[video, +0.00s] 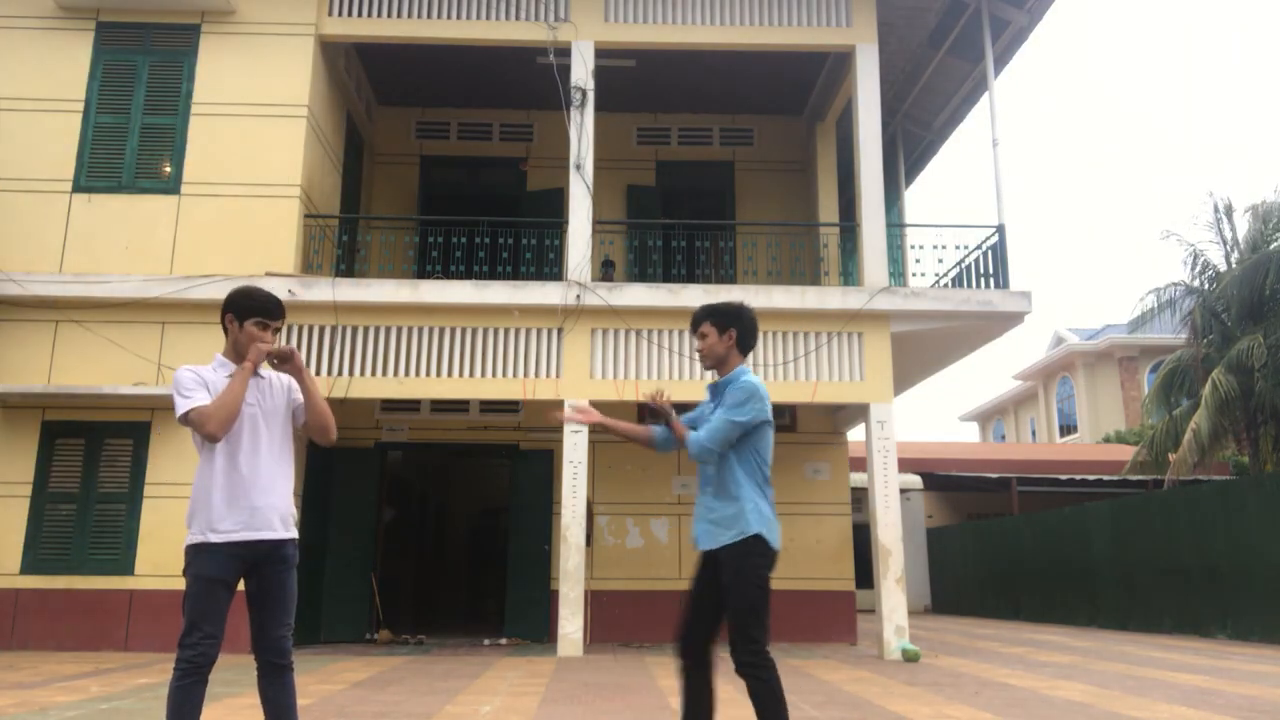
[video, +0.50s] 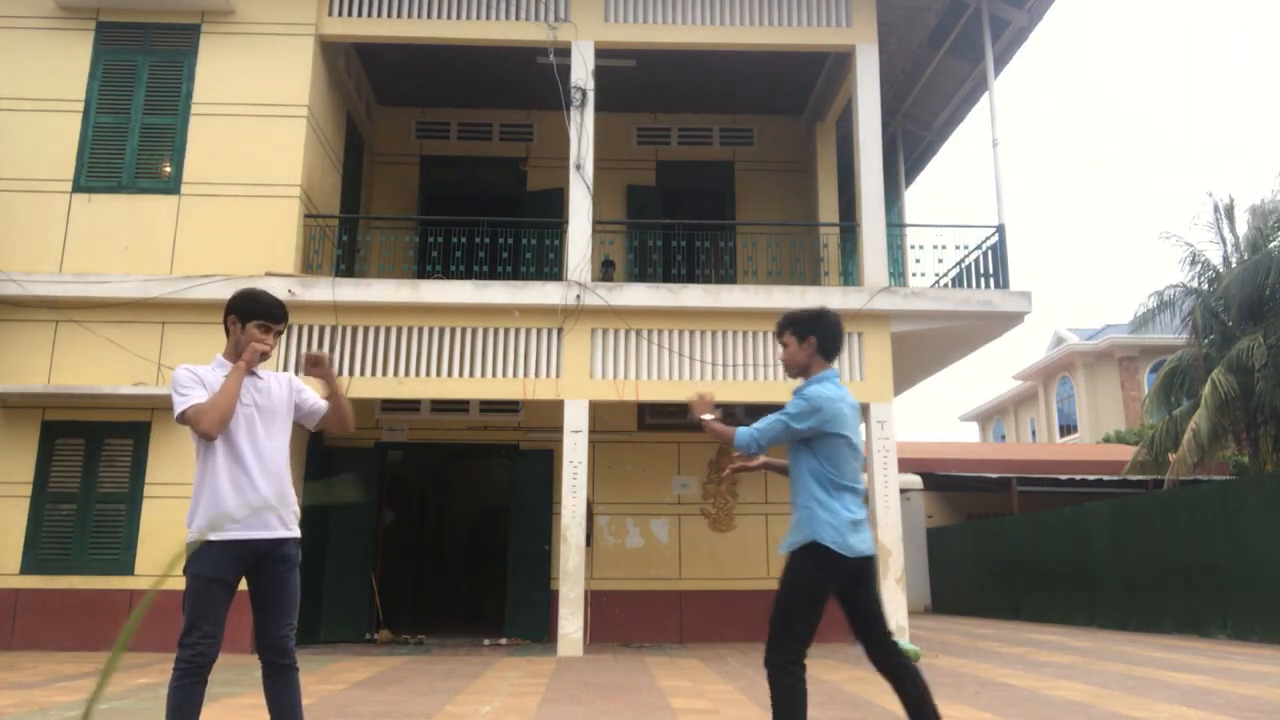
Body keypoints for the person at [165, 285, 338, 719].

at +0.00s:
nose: (268, 337)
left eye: (275, 330)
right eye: (260, 326)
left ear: (279, 335)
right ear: (230, 323)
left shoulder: (285, 386)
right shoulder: (193, 377)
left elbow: (326, 434)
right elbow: (213, 427)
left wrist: (302, 374)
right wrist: (247, 366)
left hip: (277, 538)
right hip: (215, 538)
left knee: (278, 658)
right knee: (197, 656)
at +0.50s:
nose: (268, 341)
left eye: (275, 334)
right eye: (261, 330)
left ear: (279, 338)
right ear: (232, 324)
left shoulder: (285, 385)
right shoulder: (192, 376)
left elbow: (341, 424)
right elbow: (208, 425)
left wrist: (330, 380)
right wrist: (241, 366)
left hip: (278, 537)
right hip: (217, 536)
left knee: (280, 653)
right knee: (197, 655)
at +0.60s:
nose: (268, 341)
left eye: (275, 335)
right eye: (261, 330)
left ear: (279, 339)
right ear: (232, 325)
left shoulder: (284, 384)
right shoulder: (191, 378)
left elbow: (343, 417)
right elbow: (207, 428)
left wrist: (375, 389)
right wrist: (240, 368)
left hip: (279, 538)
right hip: (216, 538)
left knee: (280, 656)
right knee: (198, 654)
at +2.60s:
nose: (338, 369)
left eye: (343, 361)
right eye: (329, 357)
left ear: (347, 366)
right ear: (299, 358)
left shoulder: (355, 419)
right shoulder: (261, 413)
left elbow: (400, 472)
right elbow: (276, 466)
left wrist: (451, 472)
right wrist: (322, 409)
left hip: (347, 569)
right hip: (275, 570)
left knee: (415, 648)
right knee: (200, 662)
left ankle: (423, 718)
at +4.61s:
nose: (338, 364)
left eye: (341, 355)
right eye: (328, 354)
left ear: (344, 361)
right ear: (296, 356)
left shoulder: (353, 416)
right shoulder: (259, 412)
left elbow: (396, 471)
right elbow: (278, 467)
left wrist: (448, 475)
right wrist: (323, 410)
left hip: (348, 568)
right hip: (276, 568)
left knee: (414, 649)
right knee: (206, 659)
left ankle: (422, 718)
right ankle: (175, 718)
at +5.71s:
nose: (173, 406)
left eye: (176, 398)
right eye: (159, 400)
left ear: (186, 404)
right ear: (134, 416)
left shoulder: (228, 436)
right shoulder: (141, 492)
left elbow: (289, 479)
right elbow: (177, 544)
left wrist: (282, 519)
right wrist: (188, 476)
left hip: (295, 578)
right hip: (225, 590)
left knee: (361, 668)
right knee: (132, 667)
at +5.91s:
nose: (125, 416)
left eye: (127, 407)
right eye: (110, 409)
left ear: (134, 413)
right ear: (81, 426)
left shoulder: (179, 444)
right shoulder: (93, 504)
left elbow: (238, 491)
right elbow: (137, 563)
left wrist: (252, 548)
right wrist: (141, 489)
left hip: (251, 586)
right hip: (180, 599)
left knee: (313, 681)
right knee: (89, 673)